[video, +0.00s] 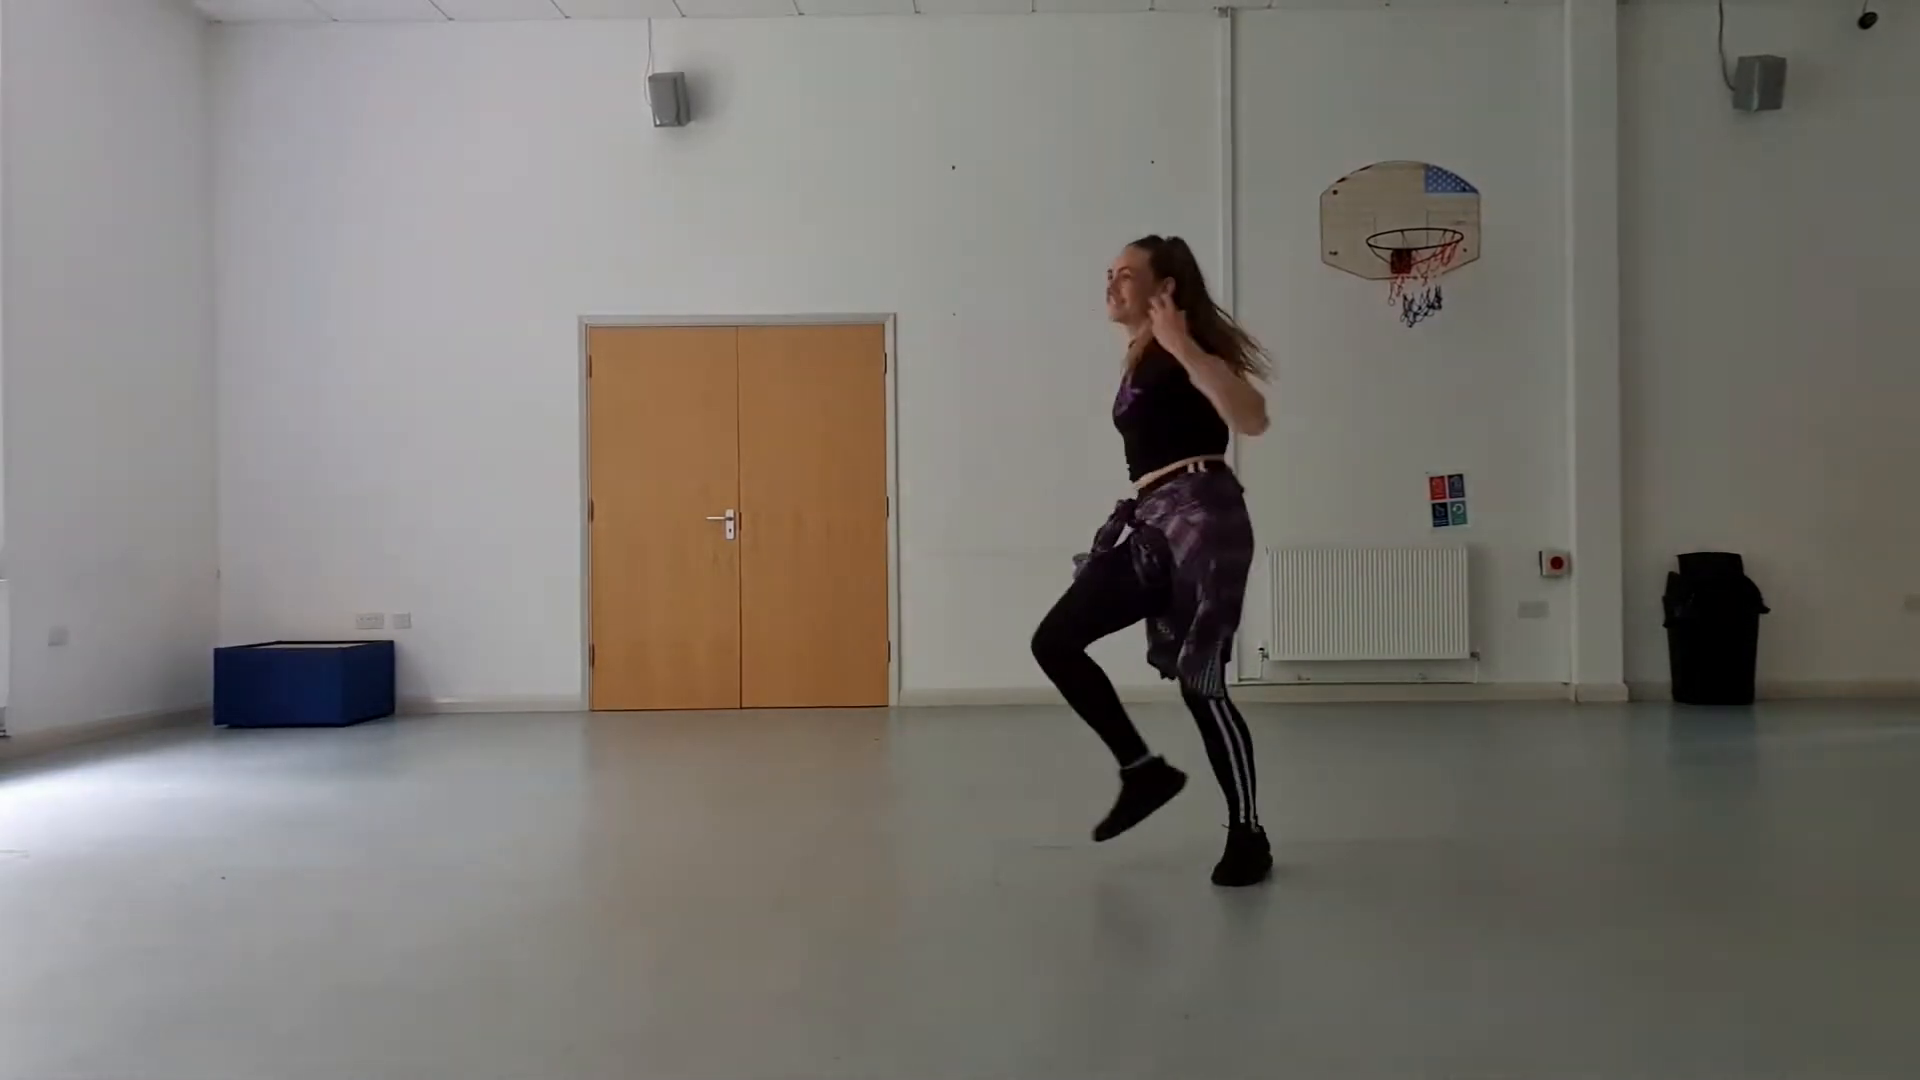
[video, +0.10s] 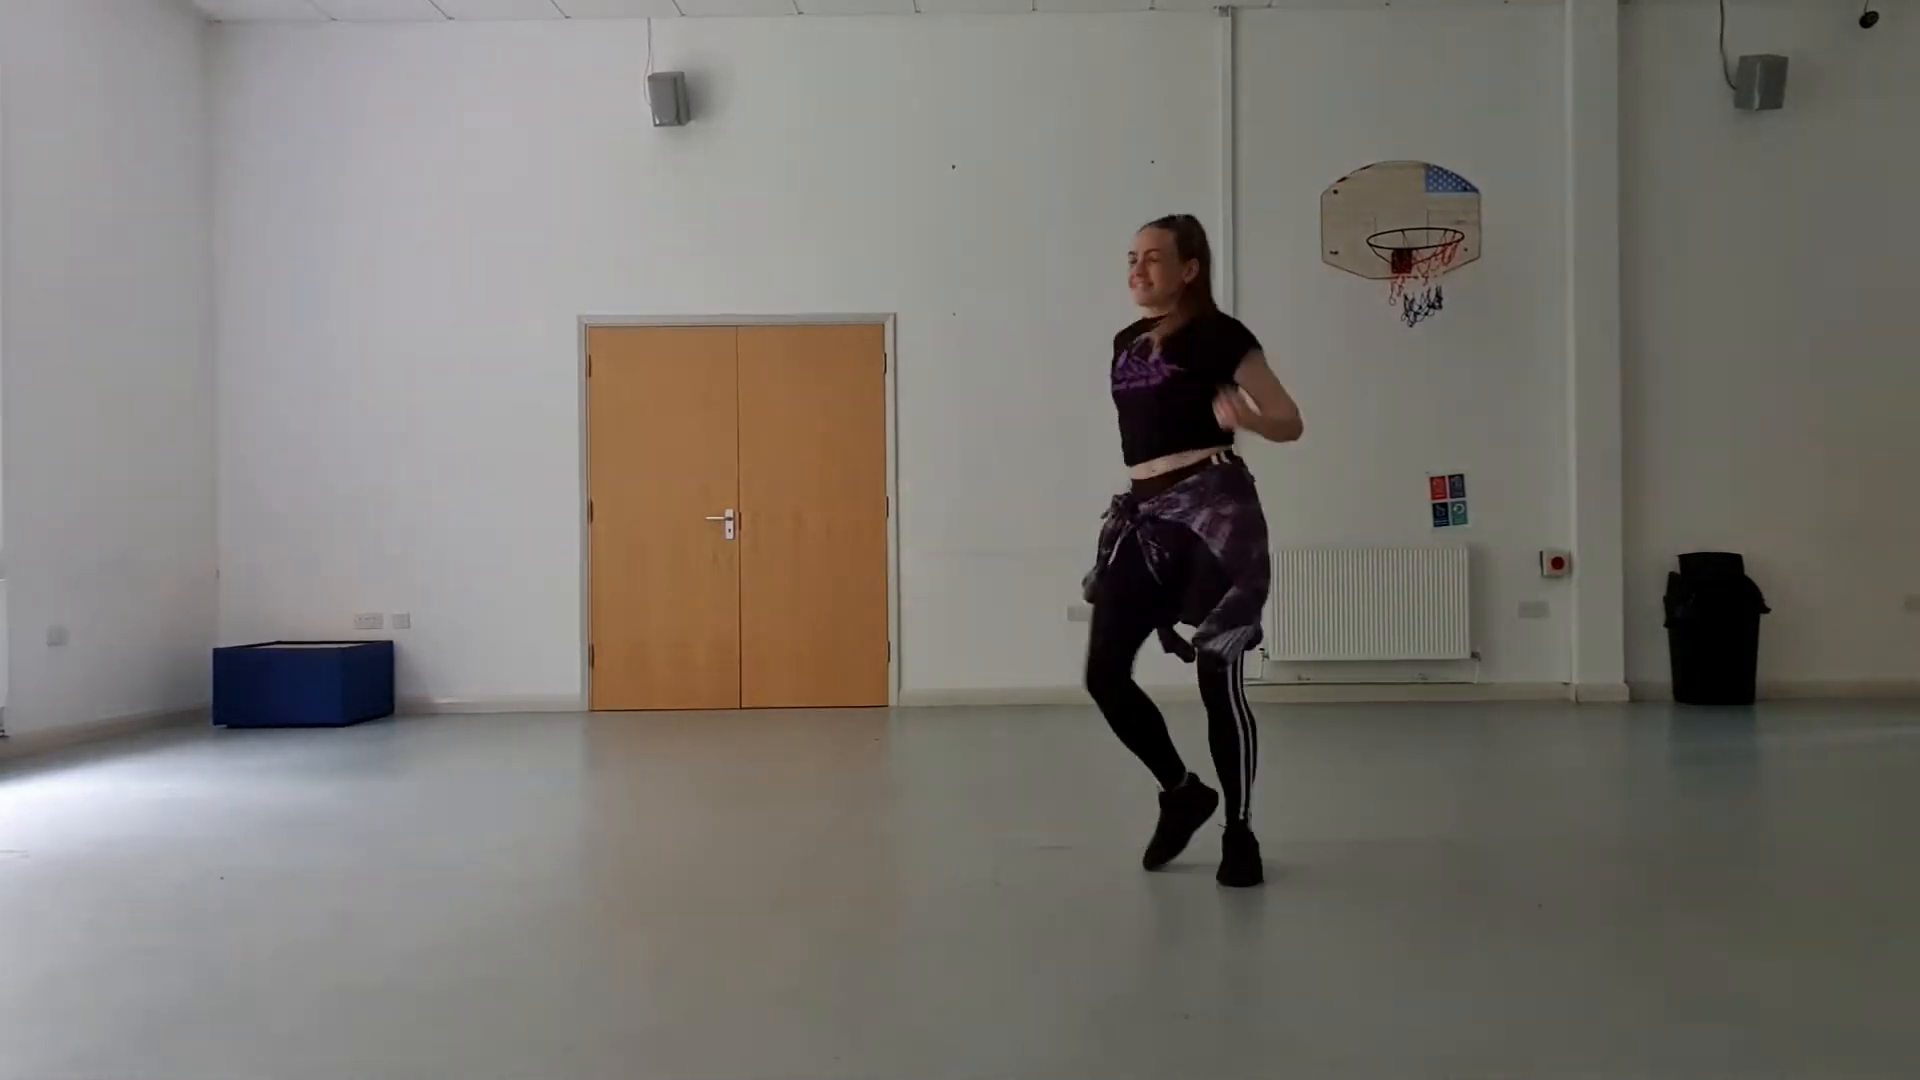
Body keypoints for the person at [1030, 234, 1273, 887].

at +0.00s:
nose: (1110, 288)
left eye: (1123, 278)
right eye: (1111, 278)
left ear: (1163, 288)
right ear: (1140, 293)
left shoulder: (1200, 344)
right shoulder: (1141, 355)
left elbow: (1252, 419)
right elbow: (1162, 447)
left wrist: (1179, 345)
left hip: (1204, 518)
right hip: (1149, 524)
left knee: (1202, 682)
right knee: (1054, 643)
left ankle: (1246, 833)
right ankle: (1141, 770)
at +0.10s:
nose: (1137, 272)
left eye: (1152, 260)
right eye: (1133, 261)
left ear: (1191, 269)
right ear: (1132, 271)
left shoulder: (1220, 335)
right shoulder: (1129, 343)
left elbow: (1289, 422)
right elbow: (1144, 435)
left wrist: (1248, 416)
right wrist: (1133, 512)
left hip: (1214, 513)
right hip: (1144, 518)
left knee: (1220, 676)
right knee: (1106, 675)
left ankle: (1239, 830)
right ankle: (1181, 789)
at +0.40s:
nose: (1251, 277)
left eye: (1247, 267)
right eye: (1238, 267)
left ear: (1215, 281)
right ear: (1198, 279)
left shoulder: (1235, 355)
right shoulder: (1156, 338)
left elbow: (1208, 441)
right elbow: (1062, 369)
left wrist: (1246, 473)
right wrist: (1111, 439)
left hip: (1225, 529)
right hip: (1152, 528)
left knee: (1232, 688)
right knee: (1127, 673)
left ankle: (1233, 832)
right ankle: (1098, 793)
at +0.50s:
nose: (1235, 257)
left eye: (1231, 247)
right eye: (1225, 248)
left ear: (1190, 258)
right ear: (1189, 257)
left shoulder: (1199, 328)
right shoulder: (1166, 304)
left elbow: (1175, 426)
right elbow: (1143, 322)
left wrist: (1224, 460)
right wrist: (1176, 401)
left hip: (1205, 518)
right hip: (1146, 514)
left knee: (1221, 681)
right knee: (1115, 662)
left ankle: (1232, 835)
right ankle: (1017, 815)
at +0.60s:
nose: (1208, 259)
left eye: (1203, 249)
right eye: (1198, 249)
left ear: (1153, 261)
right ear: (1163, 258)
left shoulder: (1140, 327)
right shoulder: (1171, 298)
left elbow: (1111, 437)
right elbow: (1225, 281)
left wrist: (1192, 461)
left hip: (1183, 514)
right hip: (1145, 510)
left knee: (1210, 681)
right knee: (1083, 679)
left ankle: (1218, 834)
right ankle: (975, 833)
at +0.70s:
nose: (1184, 273)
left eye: (1179, 263)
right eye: (1171, 266)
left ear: (1131, 283)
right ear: (1131, 281)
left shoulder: (1099, 349)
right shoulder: (1161, 319)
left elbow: (1077, 454)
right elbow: (1246, 300)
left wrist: (1151, 462)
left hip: (1163, 534)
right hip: (1120, 537)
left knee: (1211, 686)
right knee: (1081, 713)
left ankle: (1215, 835)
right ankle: (964, 865)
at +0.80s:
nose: (1156, 279)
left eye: (1154, 270)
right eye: (1142, 272)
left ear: (1110, 283)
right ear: (1098, 280)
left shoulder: (1101, 341)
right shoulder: (1113, 324)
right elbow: (1204, 281)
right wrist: (1285, 216)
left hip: (1128, 536)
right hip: (1080, 534)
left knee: (1195, 682)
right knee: (1062, 721)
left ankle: (1208, 829)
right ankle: (951, 874)